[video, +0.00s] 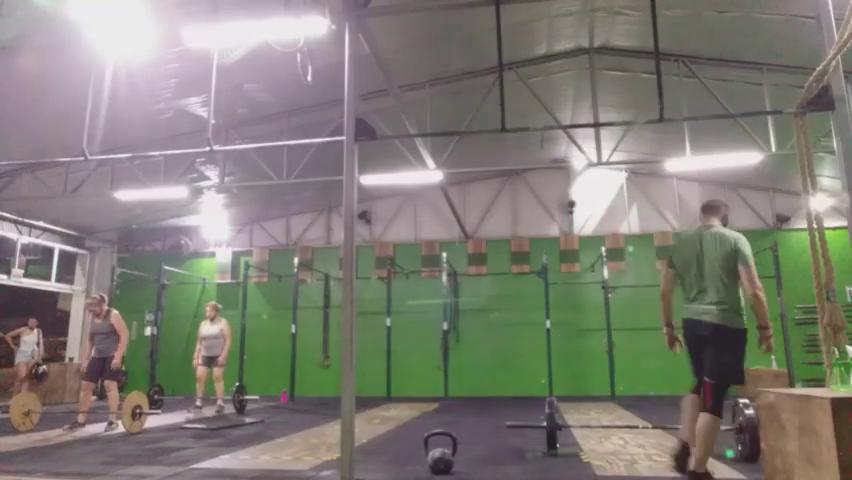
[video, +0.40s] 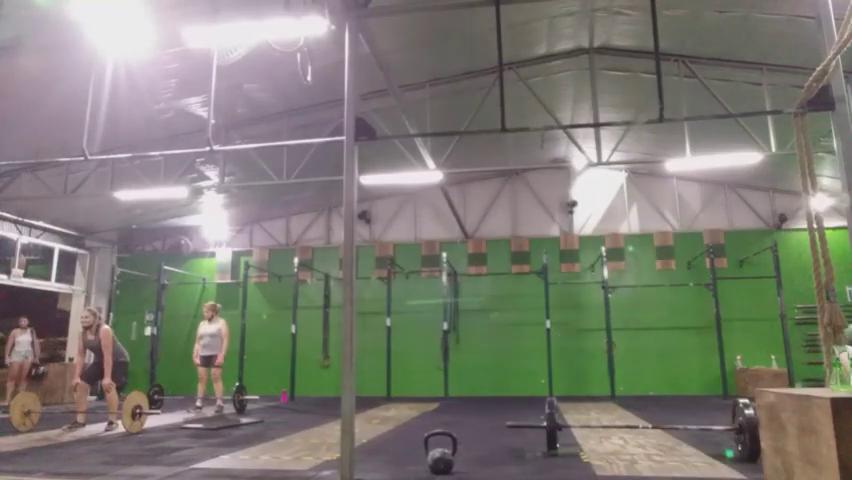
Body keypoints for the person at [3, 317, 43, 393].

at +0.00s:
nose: (33, 324)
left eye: (35, 322)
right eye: (31, 321)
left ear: (37, 323)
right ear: (28, 322)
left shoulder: (38, 331)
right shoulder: (23, 330)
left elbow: (41, 344)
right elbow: (7, 336)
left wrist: (40, 355)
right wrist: (14, 347)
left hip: (32, 355)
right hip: (22, 354)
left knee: (27, 376)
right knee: (22, 376)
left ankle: (23, 395)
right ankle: (15, 395)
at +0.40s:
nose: (23, 323)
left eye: (25, 321)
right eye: (21, 321)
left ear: (28, 322)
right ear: (19, 322)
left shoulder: (31, 331)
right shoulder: (15, 332)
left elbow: (36, 344)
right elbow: (9, 344)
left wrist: (37, 357)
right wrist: (7, 356)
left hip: (28, 356)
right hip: (16, 356)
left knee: (24, 378)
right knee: (11, 378)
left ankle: (21, 398)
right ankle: (8, 399)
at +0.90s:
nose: (17, 323)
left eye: (18, 321)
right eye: (15, 321)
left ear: (22, 323)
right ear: (12, 323)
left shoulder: (26, 331)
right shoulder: (9, 333)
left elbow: (31, 345)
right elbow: (5, 347)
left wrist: (33, 358)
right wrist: (5, 359)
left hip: (25, 357)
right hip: (12, 358)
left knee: (26, 379)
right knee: (9, 379)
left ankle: (26, 399)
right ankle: (7, 400)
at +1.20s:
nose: (16, 323)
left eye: (18, 321)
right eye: (15, 321)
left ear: (22, 322)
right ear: (12, 322)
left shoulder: (26, 331)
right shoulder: (8, 333)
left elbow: (31, 345)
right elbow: (5, 347)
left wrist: (33, 357)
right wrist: (3, 359)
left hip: (24, 358)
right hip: (11, 358)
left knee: (26, 379)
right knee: (8, 379)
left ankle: (27, 400)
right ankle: (7, 400)